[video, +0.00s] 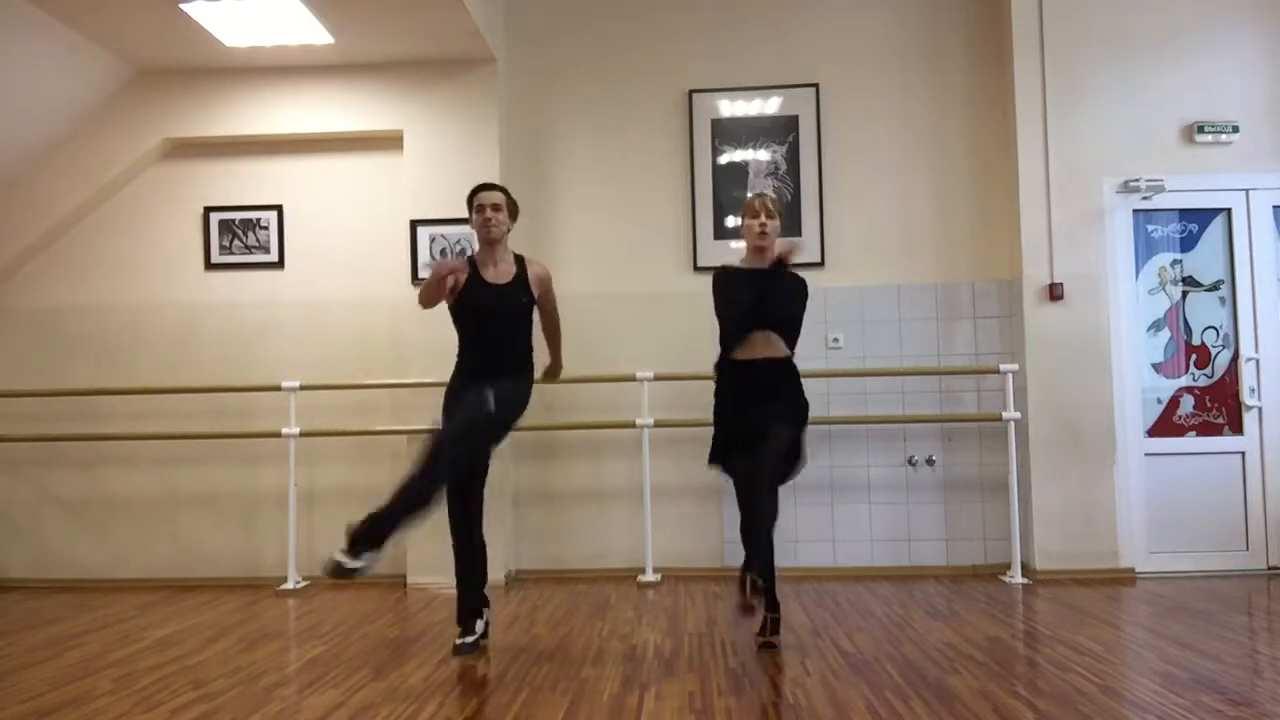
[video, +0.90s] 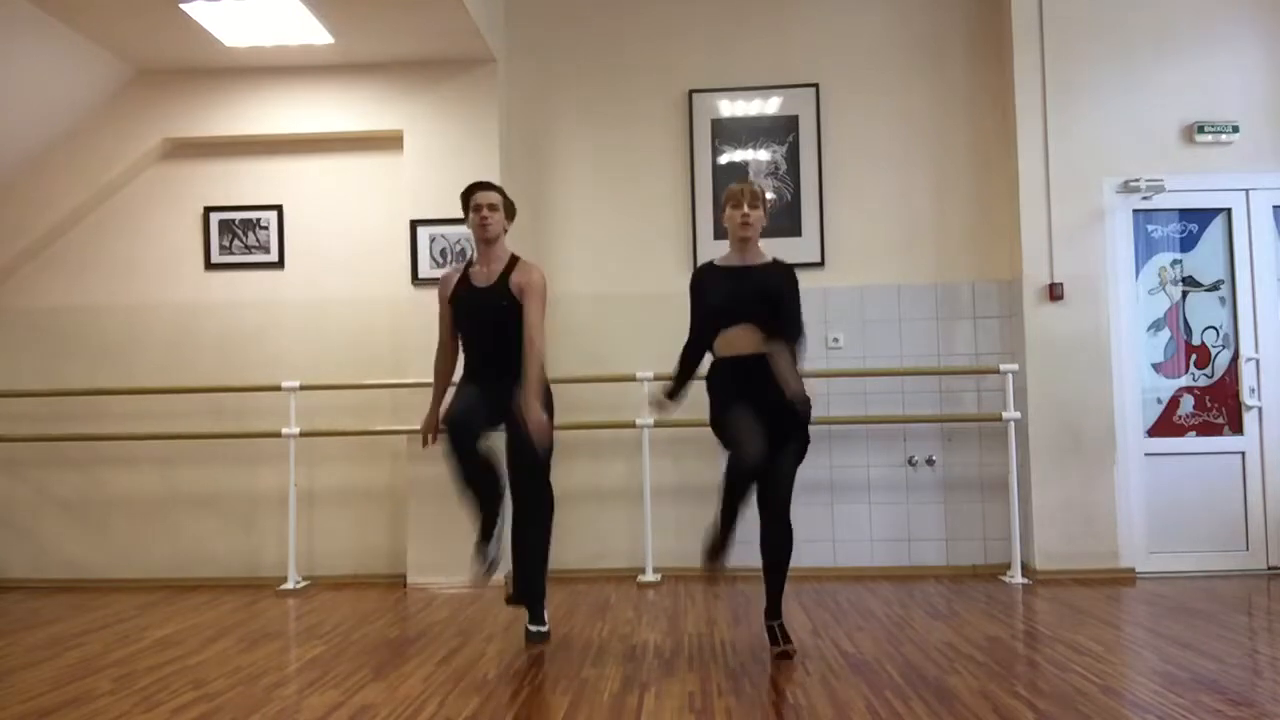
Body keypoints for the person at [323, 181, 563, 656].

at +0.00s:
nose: (489, 216)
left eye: (497, 208)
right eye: (481, 210)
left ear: (512, 219)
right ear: (470, 221)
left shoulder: (534, 274)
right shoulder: (458, 269)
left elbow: (550, 320)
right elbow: (426, 301)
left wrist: (555, 361)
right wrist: (440, 279)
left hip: (512, 384)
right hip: (466, 383)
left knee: (442, 460)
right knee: (465, 509)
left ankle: (364, 541)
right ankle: (473, 617)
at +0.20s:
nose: (479, 215)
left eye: (487, 208)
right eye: (471, 209)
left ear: (502, 217)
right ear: (461, 219)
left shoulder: (528, 276)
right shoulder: (446, 278)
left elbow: (537, 341)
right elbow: (428, 343)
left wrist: (541, 401)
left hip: (502, 382)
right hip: (455, 384)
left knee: (480, 431)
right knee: (448, 500)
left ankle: (495, 534)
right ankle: (460, 612)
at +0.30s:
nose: (477, 218)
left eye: (485, 212)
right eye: (469, 212)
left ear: (500, 221)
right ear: (459, 222)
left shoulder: (526, 279)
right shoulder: (443, 282)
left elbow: (535, 348)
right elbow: (427, 349)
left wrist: (547, 368)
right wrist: (419, 411)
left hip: (504, 407)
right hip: (453, 406)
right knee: (451, 515)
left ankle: (496, 583)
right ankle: (458, 618)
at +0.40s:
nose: (470, 208)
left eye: (478, 201)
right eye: (463, 202)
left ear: (494, 209)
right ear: (453, 213)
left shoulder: (519, 256)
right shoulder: (447, 271)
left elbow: (564, 304)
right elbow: (436, 323)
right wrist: (427, 367)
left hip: (514, 391)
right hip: (465, 392)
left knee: (509, 505)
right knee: (448, 491)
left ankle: (499, 611)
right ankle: (458, 593)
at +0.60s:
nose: (479, 214)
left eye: (486, 207)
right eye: (471, 209)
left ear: (501, 214)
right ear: (462, 219)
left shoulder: (520, 268)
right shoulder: (460, 280)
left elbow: (536, 321)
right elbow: (462, 337)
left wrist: (500, 278)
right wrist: (461, 382)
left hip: (522, 388)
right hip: (477, 389)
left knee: (533, 494)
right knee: (492, 462)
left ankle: (527, 608)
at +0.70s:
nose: (479, 214)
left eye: (487, 207)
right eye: (472, 208)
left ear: (503, 217)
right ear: (461, 221)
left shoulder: (524, 264)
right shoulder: (462, 273)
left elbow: (520, 299)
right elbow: (463, 331)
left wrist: (485, 271)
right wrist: (461, 380)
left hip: (525, 383)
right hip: (481, 381)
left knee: (531, 488)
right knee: (498, 436)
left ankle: (528, 604)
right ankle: (525, 561)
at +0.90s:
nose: (485, 216)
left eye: (492, 209)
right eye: (477, 210)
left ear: (508, 218)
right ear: (467, 220)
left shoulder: (527, 275)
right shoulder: (452, 283)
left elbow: (534, 343)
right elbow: (447, 350)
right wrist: (435, 407)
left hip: (525, 386)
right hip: (478, 386)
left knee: (532, 498)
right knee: (458, 430)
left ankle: (534, 604)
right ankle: (491, 508)